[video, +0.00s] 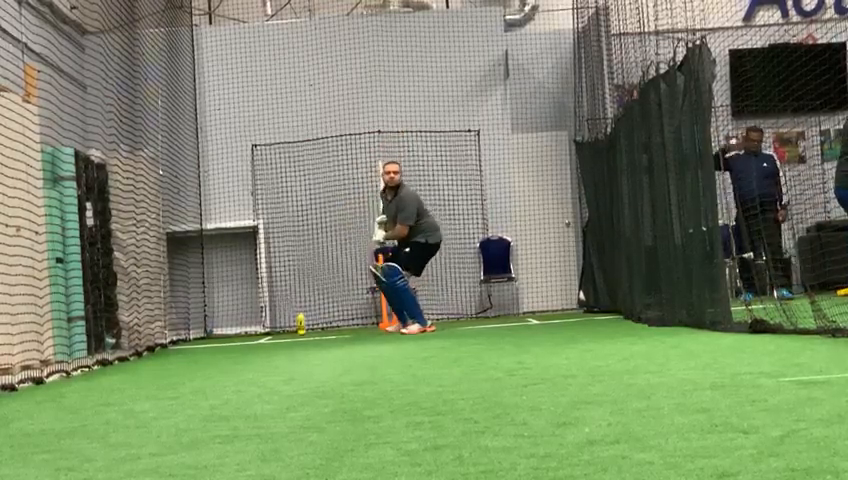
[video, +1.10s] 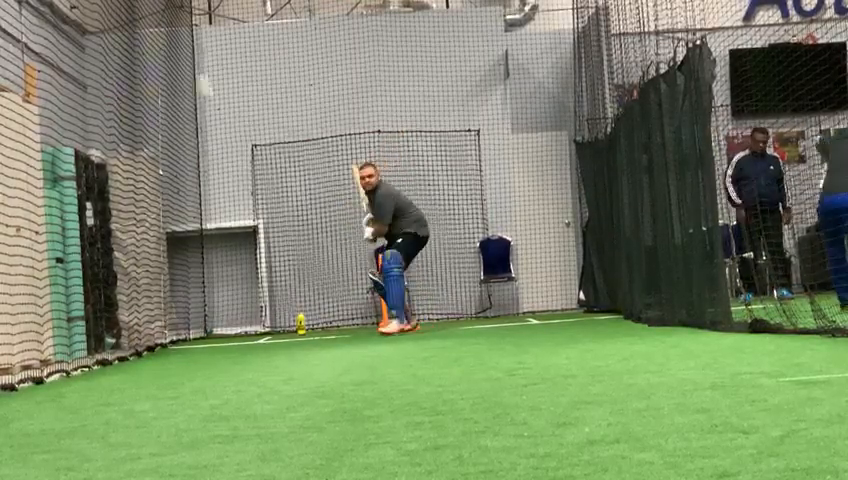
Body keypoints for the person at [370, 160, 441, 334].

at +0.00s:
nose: (391, 176)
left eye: (395, 173)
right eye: (388, 173)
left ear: (400, 175)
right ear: (383, 176)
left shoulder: (406, 196)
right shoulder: (385, 195)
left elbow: (402, 231)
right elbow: (391, 219)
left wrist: (384, 235)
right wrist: (383, 223)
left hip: (426, 239)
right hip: (410, 238)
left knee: (398, 275)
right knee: (387, 272)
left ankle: (419, 321)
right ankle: (403, 320)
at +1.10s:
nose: (367, 181)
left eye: (370, 176)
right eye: (363, 178)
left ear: (378, 176)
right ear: (359, 180)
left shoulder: (383, 194)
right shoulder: (372, 195)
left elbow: (382, 228)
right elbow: (379, 215)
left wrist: (373, 232)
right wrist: (372, 219)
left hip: (414, 231)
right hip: (401, 233)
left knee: (392, 262)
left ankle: (398, 319)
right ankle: (405, 317)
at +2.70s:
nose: (401, 159)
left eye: (404, 155)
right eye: (397, 157)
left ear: (412, 151)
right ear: (393, 157)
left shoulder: (425, 171)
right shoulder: (393, 177)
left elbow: (431, 199)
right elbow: (389, 201)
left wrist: (416, 217)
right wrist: (387, 221)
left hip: (428, 226)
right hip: (406, 227)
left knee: (419, 263)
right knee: (388, 265)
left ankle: (428, 320)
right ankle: (403, 316)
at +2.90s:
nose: (427, 156)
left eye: (429, 152)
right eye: (422, 154)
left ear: (433, 149)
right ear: (413, 152)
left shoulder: (442, 169)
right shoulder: (404, 172)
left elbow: (452, 199)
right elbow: (399, 203)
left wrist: (457, 225)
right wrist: (393, 229)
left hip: (438, 226)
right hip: (416, 228)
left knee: (429, 270)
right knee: (407, 271)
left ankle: (429, 319)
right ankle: (444, 304)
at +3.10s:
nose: (433, 165)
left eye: (437, 161)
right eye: (430, 162)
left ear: (443, 156)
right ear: (423, 158)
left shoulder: (455, 170)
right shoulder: (416, 174)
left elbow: (480, 189)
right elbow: (407, 201)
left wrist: (502, 204)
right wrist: (396, 228)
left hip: (452, 228)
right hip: (431, 231)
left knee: (441, 269)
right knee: (436, 272)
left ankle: (433, 318)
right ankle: (464, 316)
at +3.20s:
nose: (433, 165)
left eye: (436, 161)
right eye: (430, 162)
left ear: (444, 154)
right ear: (424, 159)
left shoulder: (461, 167)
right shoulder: (423, 174)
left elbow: (484, 183)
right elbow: (416, 204)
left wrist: (506, 193)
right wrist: (402, 228)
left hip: (460, 225)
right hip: (439, 228)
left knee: (452, 266)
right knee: (438, 268)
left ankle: (446, 315)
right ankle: (464, 315)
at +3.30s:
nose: (432, 164)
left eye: (435, 160)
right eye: (430, 161)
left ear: (444, 153)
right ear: (428, 158)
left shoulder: (466, 162)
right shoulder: (429, 171)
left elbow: (488, 178)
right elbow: (427, 200)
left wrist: (511, 186)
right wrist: (415, 225)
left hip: (467, 219)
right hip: (446, 224)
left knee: (463, 256)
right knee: (444, 262)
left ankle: (472, 311)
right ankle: (461, 314)